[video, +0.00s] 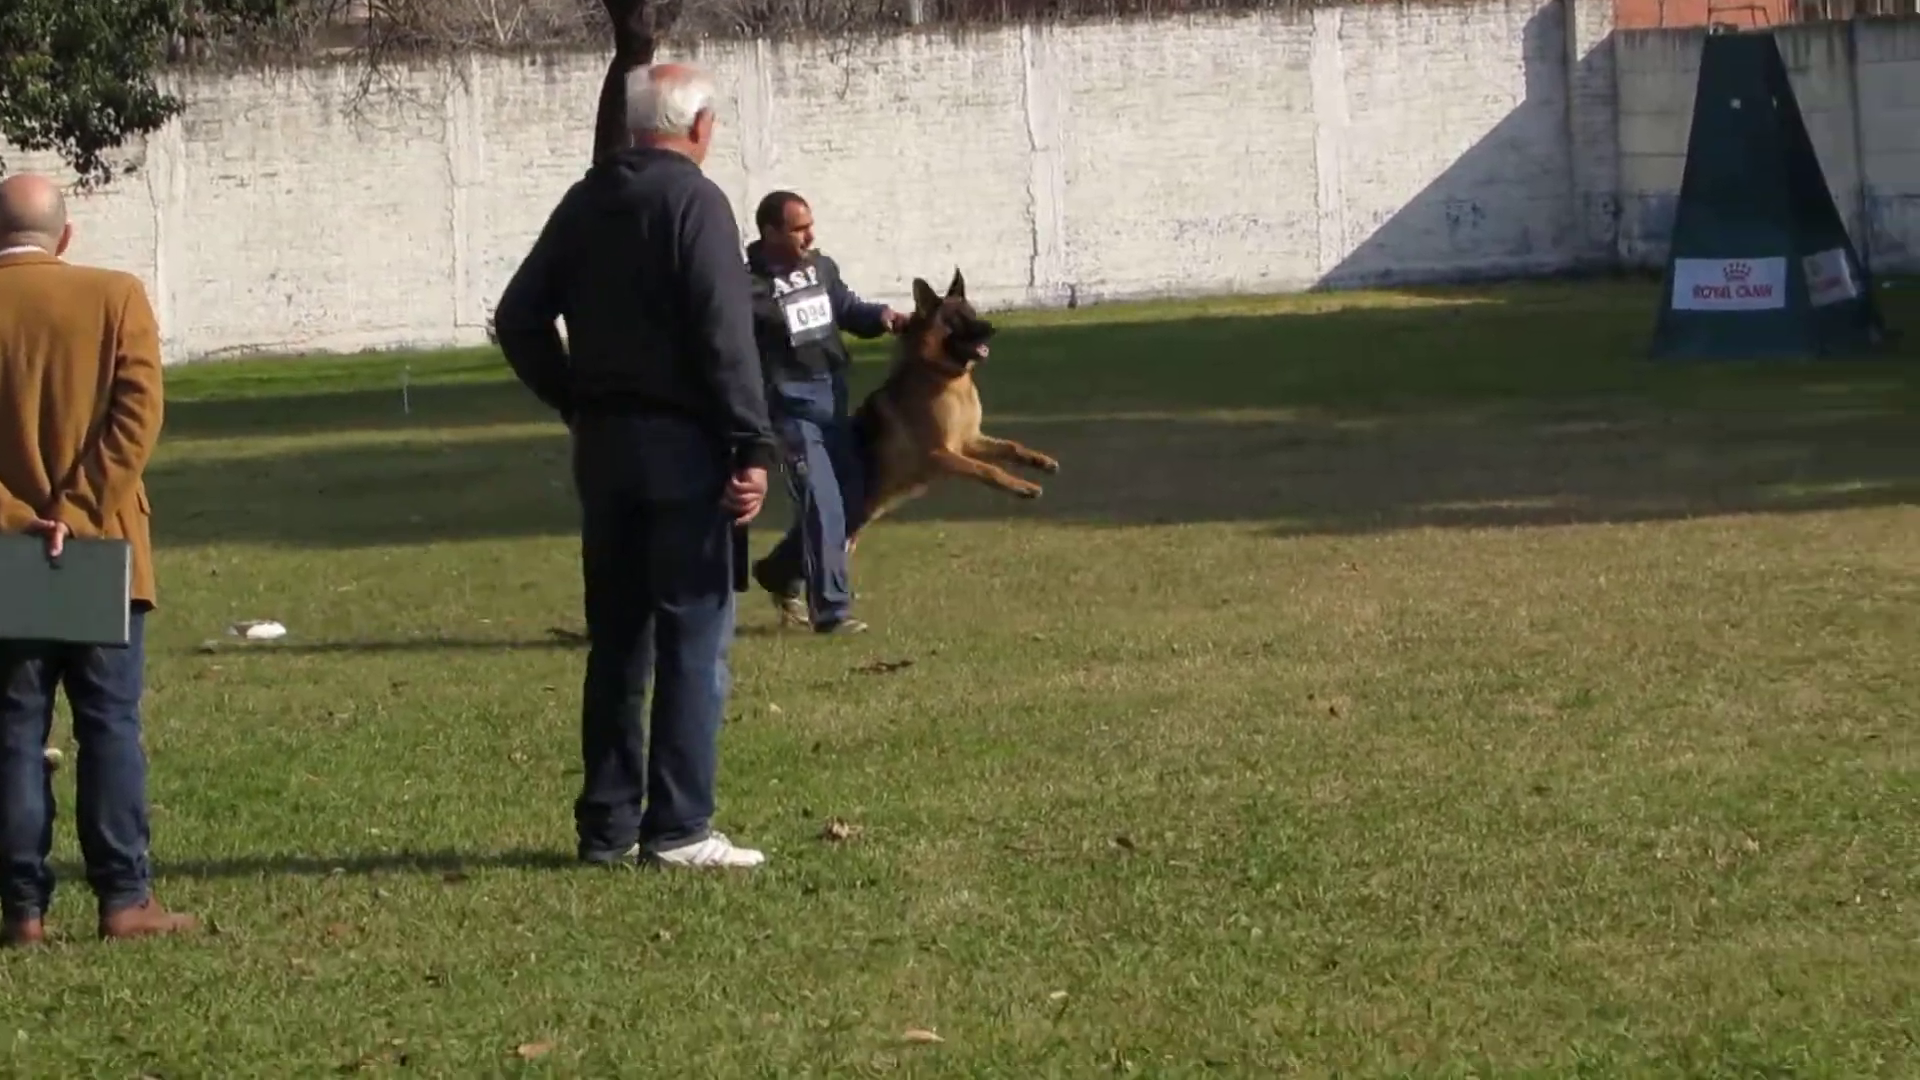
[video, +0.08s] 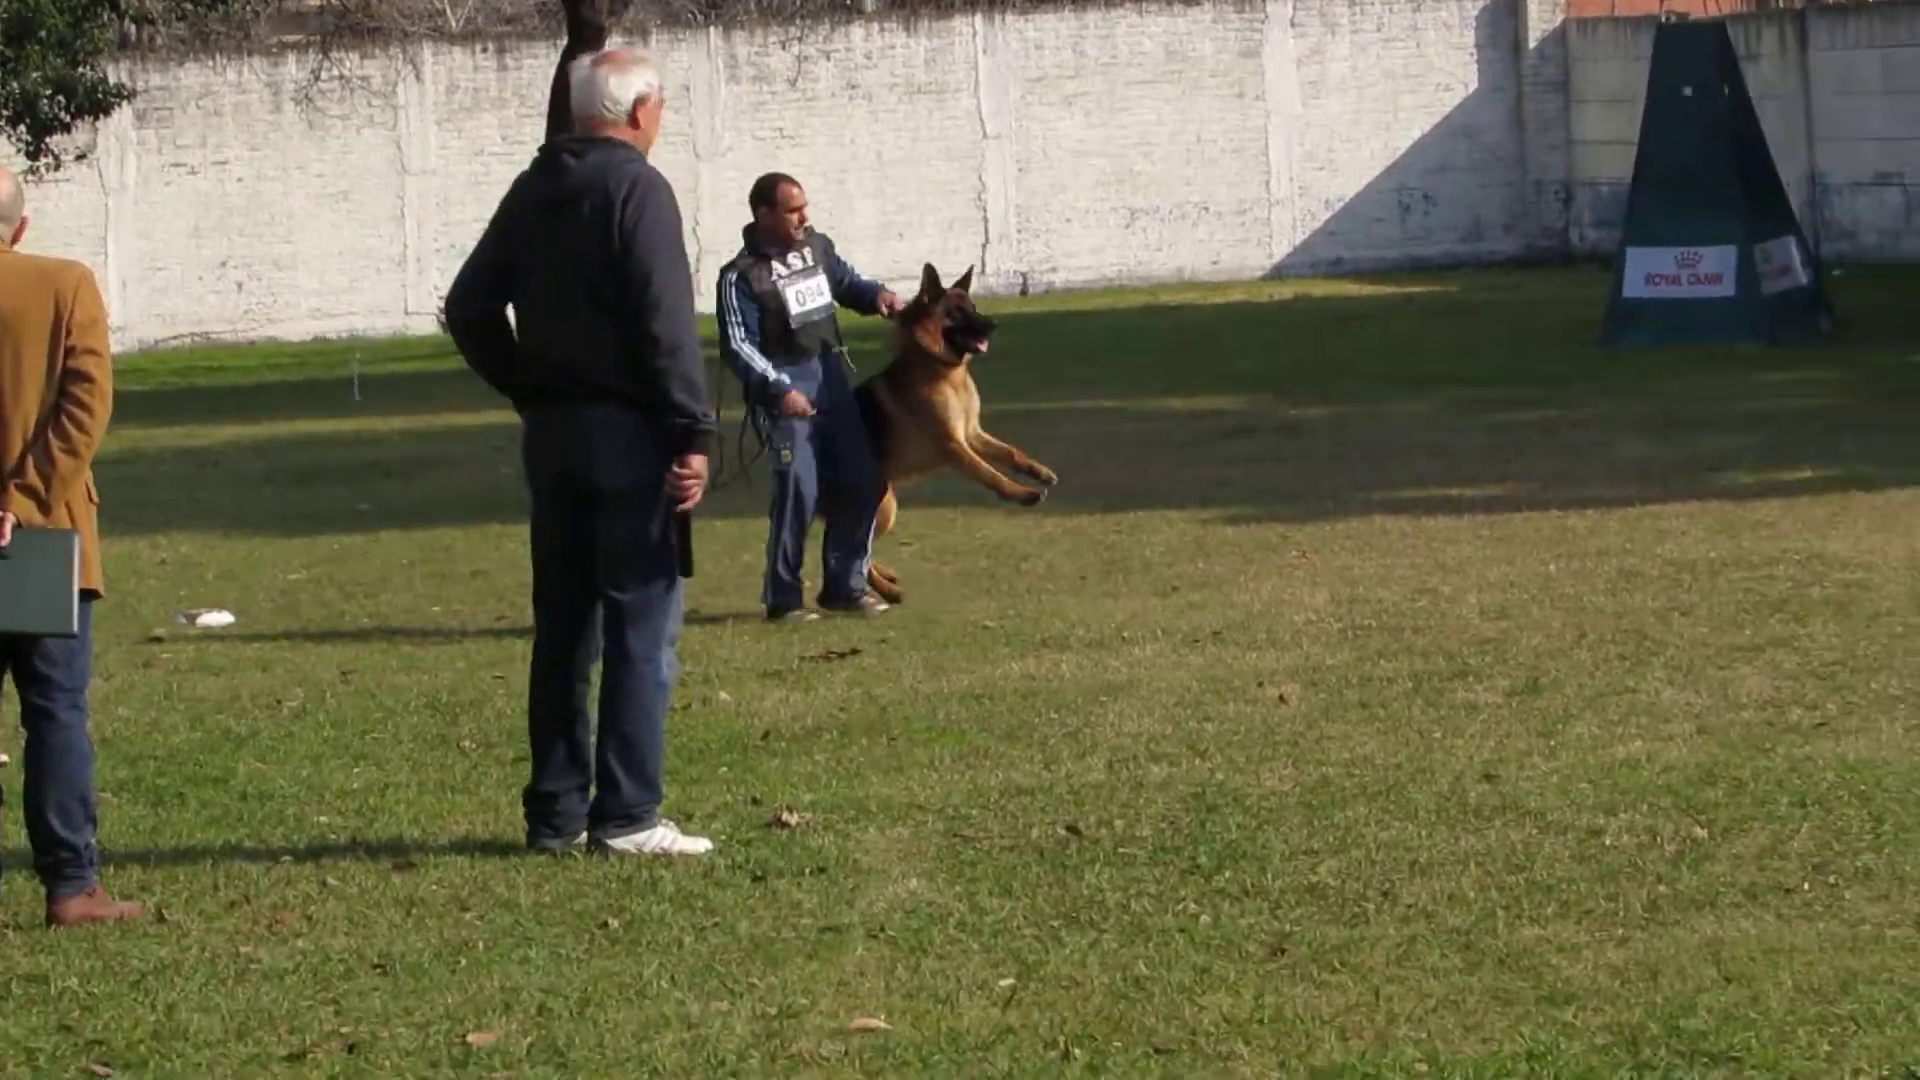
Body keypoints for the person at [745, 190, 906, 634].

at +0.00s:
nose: (809, 236)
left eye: (810, 227)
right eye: (799, 230)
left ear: (810, 224)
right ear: (768, 232)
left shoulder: (821, 267)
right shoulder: (747, 284)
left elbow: (847, 310)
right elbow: (740, 350)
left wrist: (883, 316)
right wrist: (753, 411)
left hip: (832, 397)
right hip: (787, 404)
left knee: (853, 496)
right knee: (821, 498)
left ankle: (781, 568)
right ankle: (831, 608)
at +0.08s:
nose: (804, 218)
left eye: (805, 209)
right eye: (794, 212)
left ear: (805, 208)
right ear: (764, 215)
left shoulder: (816, 247)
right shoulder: (740, 275)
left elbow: (847, 284)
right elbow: (737, 346)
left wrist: (877, 296)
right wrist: (778, 390)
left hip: (830, 375)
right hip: (784, 384)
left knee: (861, 479)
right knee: (796, 487)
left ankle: (844, 588)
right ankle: (783, 599)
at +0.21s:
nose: (804, 186)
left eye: (805, 178)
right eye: (793, 181)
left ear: (807, 177)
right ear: (764, 186)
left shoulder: (822, 225)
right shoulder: (747, 238)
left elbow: (855, 273)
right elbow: (739, 292)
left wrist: (898, 289)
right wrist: (771, 322)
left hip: (834, 377)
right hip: (784, 381)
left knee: (865, 476)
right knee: (770, 481)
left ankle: (900, 573)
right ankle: (726, 574)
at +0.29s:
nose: (795, 176)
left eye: (797, 168)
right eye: (785, 169)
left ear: (799, 169)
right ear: (755, 174)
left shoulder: (810, 221)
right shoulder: (738, 227)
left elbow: (834, 265)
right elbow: (707, 270)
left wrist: (865, 273)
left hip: (821, 362)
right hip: (770, 367)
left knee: (852, 460)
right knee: (788, 468)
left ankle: (839, 563)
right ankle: (723, 533)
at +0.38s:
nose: (762, 165)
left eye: (765, 157)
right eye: (752, 158)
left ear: (766, 157)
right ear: (722, 162)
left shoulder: (777, 207)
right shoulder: (702, 218)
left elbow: (808, 255)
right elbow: (648, 259)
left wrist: (848, 276)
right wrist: (623, 313)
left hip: (792, 348)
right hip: (743, 354)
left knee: (818, 441)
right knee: (791, 441)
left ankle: (766, 545)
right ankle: (766, 554)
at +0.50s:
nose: (715, 157)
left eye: (716, 147)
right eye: (704, 150)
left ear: (716, 147)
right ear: (672, 153)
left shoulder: (733, 194)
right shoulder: (648, 213)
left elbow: (760, 236)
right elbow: (607, 272)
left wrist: (780, 247)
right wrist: (595, 333)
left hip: (753, 334)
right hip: (704, 343)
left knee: (770, 433)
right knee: (745, 429)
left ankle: (691, 516)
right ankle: (767, 552)